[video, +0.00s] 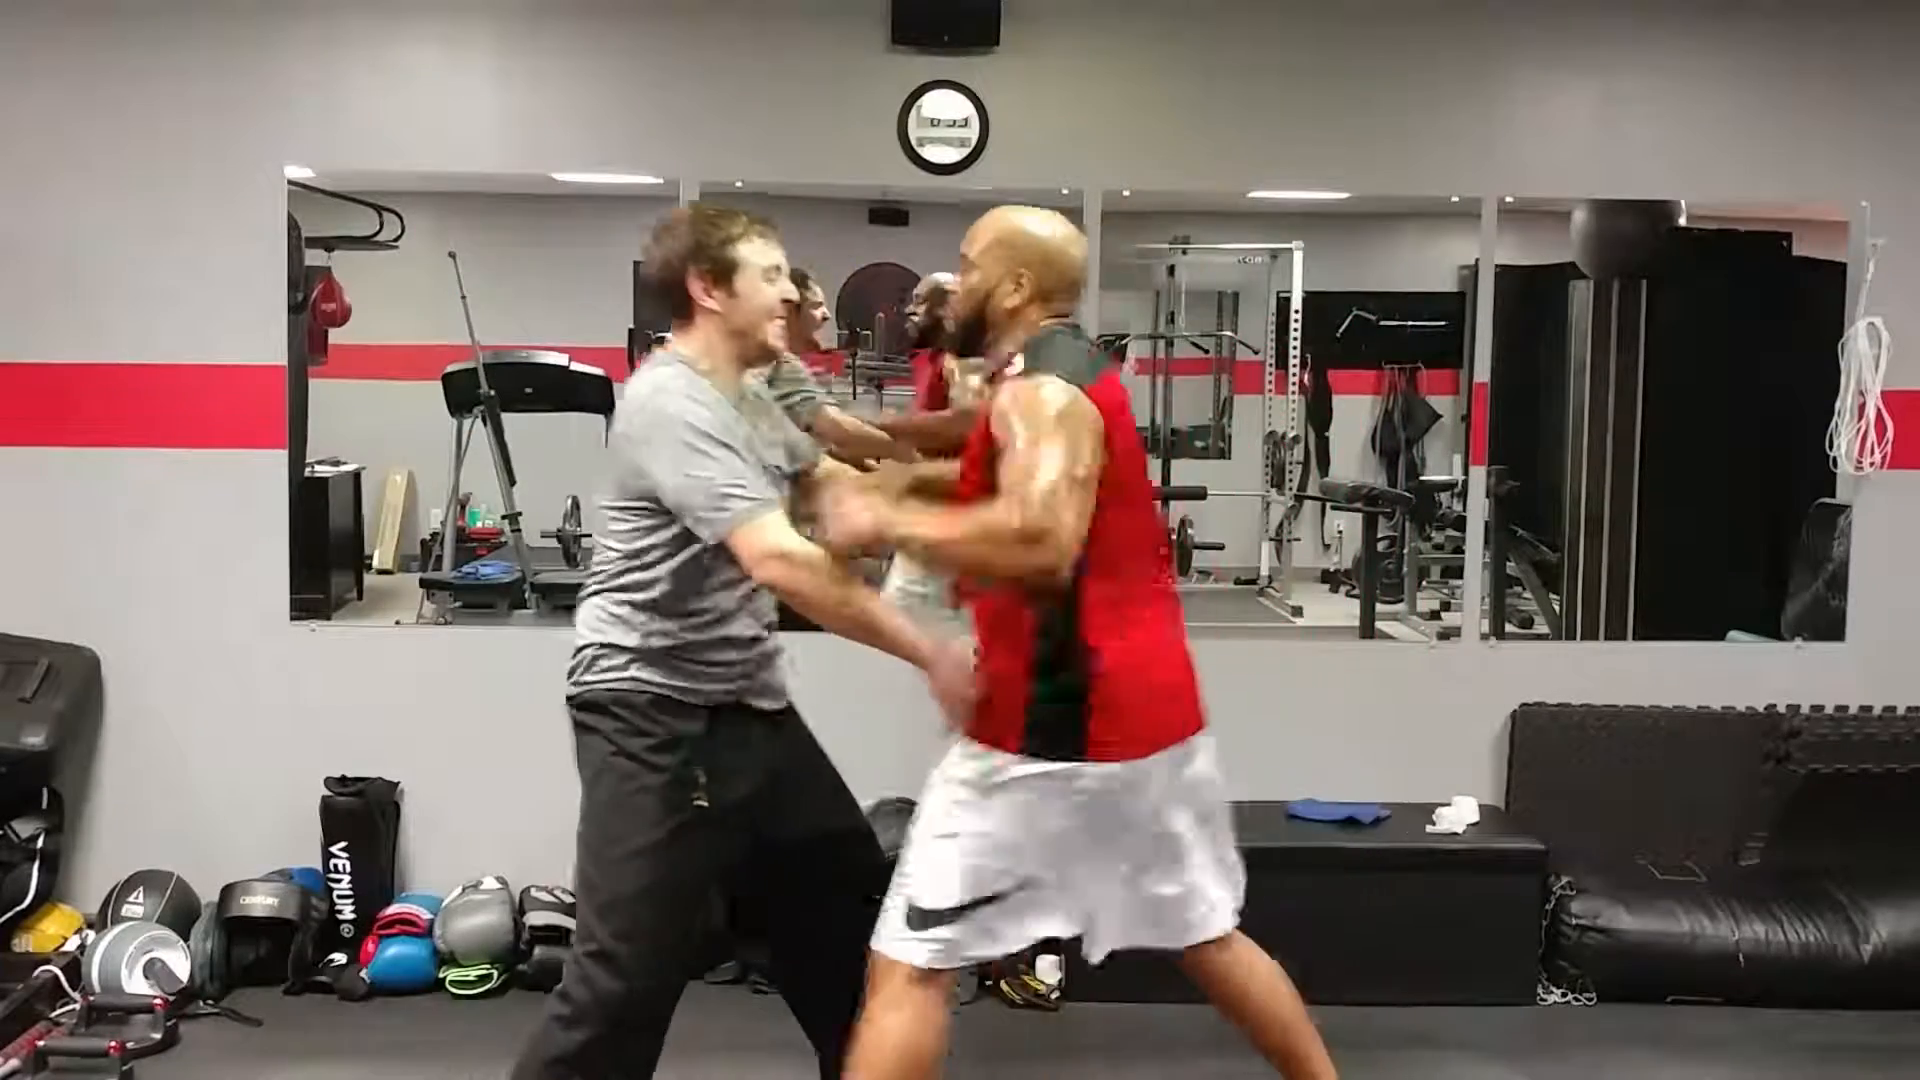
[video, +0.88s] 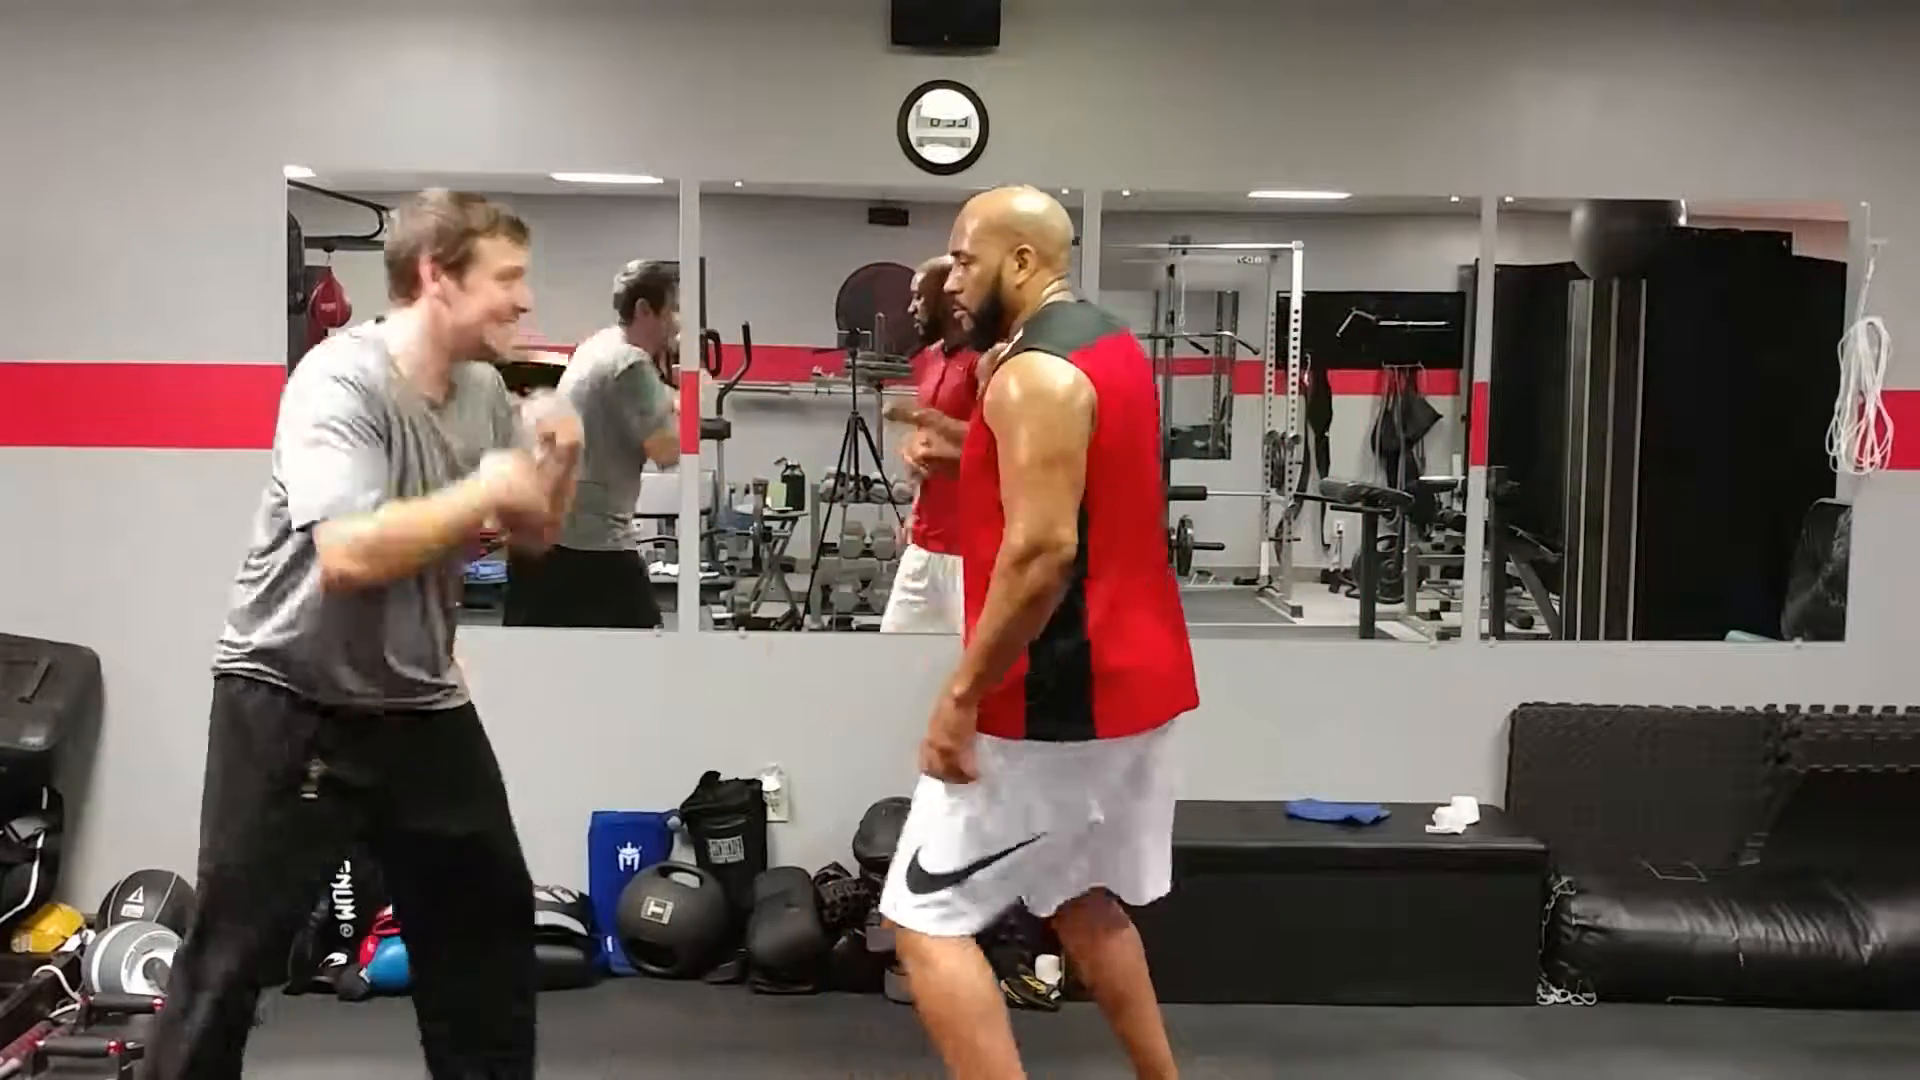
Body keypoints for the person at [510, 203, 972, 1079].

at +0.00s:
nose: (792, 294)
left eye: (789, 277)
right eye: (772, 277)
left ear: (723, 294)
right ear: (708, 290)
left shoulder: (751, 394)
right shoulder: (665, 405)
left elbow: (835, 485)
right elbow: (783, 567)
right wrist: (928, 649)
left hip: (749, 709)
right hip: (648, 713)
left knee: (858, 933)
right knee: (619, 990)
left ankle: (868, 1066)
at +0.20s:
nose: (712, 292)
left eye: (711, 273)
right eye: (695, 271)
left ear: (635, 280)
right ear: (627, 276)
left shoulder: (649, 370)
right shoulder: (602, 370)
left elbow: (700, 461)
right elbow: (664, 525)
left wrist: (795, 479)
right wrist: (789, 609)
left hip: (654, 698)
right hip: (562, 699)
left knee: (772, 865)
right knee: (566, 992)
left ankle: (748, 1062)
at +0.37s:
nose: (701, 325)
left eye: (704, 307)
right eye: (685, 302)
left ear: (628, 304)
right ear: (615, 299)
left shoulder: (638, 408)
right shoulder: (552, 390)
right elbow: (554, 570)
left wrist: (680, 514)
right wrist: (680, 587)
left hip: (594, 705)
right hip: (482, 697)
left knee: (658, 921)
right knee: (479, 950)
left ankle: (588, 1076)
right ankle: (473, 1078)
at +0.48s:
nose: (702, 379)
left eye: (706, 361)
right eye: (688, 358)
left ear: (632, 355)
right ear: (621, 349)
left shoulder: (614, 461)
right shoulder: (534, 453)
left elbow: (601, 614)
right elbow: (492, 629)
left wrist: (627, 572)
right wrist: (610, 638)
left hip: (543, 713)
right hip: (428, 710)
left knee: (618, 939)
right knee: (409, 954)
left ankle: (596, 1076)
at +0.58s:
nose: (679, 418)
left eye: (683, 400)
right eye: (668, 397)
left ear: (605, 390)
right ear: (599, 386)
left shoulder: (572, 469)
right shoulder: (500, 486)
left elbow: (525, 585)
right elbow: (440, 655)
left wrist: (576, 600)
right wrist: (542, 668)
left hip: (494, 733)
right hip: (380, 738)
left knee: (590, 941)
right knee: (317, 987)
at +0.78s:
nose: (563, 338)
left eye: (564, 318)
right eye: (546, 315)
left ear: (493, 317)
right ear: (477, 312)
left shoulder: (503, 423)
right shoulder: (375, 412)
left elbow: (480, 567)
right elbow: (352, 600)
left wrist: (539, 533)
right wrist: (488, 588)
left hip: (415, 702)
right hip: (291, 702)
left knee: (504, 911)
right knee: (240, 948)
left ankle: (547, 1073)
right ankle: (172, 1071)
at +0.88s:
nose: (525, 300)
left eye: (525, 279)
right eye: (507, 279)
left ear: (456, 284)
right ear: (436, 280)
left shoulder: (485, 393)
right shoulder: (336, 377)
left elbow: (526, 541)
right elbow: (347, 554)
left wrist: (550, 473)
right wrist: (494, 491)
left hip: (422, 705)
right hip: (287, 703)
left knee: (488, 947)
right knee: (230, 961)